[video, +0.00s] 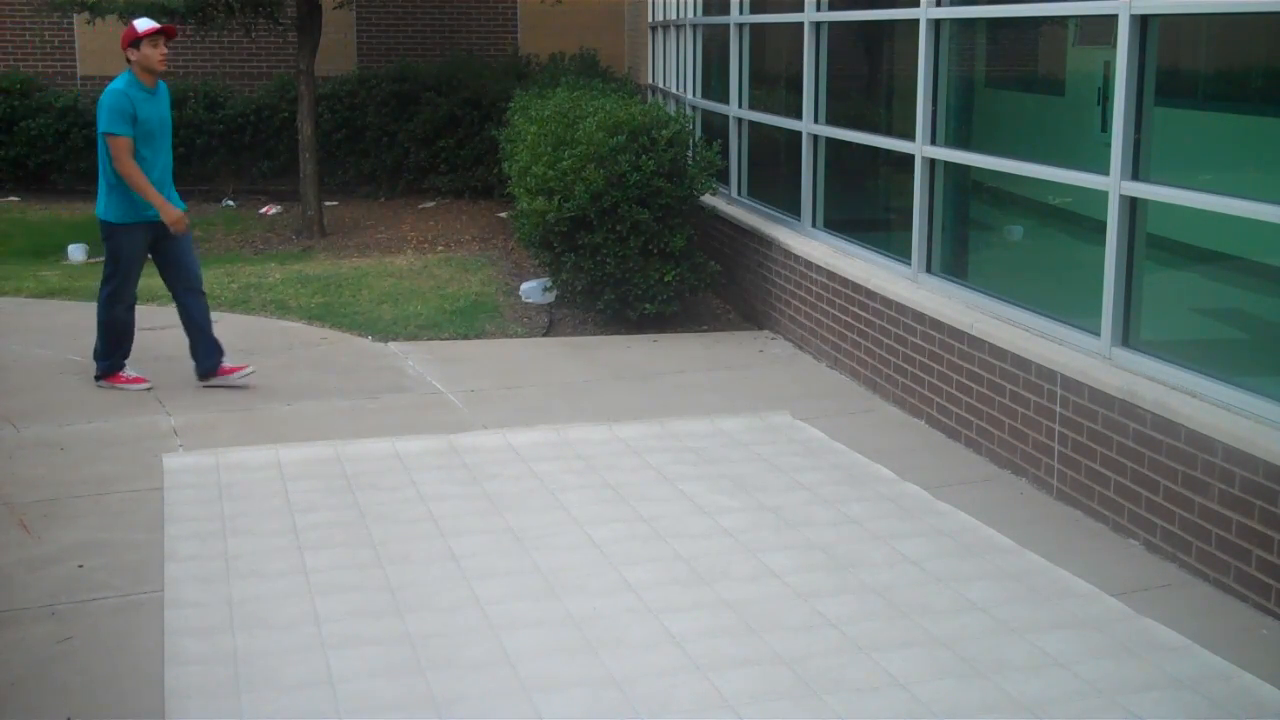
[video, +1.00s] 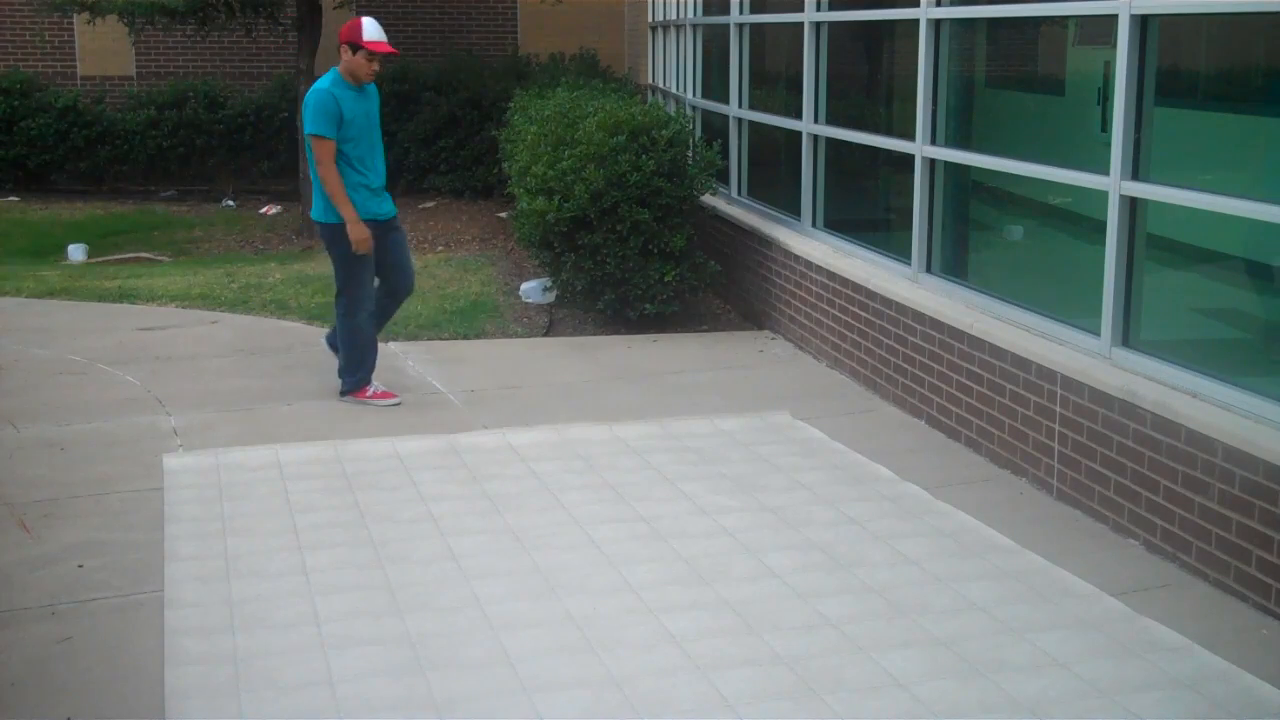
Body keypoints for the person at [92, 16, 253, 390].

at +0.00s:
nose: (164, 50)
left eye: (164, 44)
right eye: (154, 45)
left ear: (165, 49)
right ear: (132, 53)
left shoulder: (160, 89)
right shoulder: (117, 97)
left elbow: (156, 151)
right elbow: (121, 162)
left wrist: (167, 200)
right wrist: (163, 206)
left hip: (165, 209)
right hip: (125, 215)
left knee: (189, 287)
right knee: (119, 294)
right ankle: (109, 368)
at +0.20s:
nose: (210, 50)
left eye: (212, 45)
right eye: (200, 46)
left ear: (214, 54)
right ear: (180, 56)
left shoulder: (210, 97)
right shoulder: (166, 98)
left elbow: (204, 159)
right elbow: (167, 164)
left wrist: (214, 207)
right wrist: (198, 215)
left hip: (211, 214)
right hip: (170, 219)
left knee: (224, 297)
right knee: (160, 295)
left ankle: (238, 373)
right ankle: (120, 357)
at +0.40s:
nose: (247, 42)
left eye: (248, 37)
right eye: (236, 38)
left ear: (253, 48)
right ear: (218, 50)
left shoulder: (257, 91)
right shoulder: (203, 91)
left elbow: (269, 151)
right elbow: (196, 158)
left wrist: (292, 200)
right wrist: (213, 214)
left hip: (255, 208)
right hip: (221, 210)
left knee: (251, 290)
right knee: (245, 285)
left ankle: (239, 372)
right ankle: (193, 344)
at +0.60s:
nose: (284, 43)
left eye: (285, 39)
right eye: (273, 40)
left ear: (290, 50)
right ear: (255, 55)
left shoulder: (298, 91)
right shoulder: (241, 96)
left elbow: (320, 147)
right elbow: (227, 162)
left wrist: (358, 179)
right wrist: (237, 220)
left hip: (289, 208)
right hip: (259, 208)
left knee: (260, 293)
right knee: (293, 286)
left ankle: (240, 372)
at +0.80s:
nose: (328, 52)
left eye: (329, 46)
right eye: (317, 47)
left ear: (332, 53)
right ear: (298, 58)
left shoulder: (337, 93)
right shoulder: (284, 102)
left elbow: (354, 150)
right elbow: (274, 170)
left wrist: (391, 190)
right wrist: (282, 230)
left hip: (334, 212)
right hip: (306, 215)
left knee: (313, 291)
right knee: (339, 292)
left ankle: (260, 355)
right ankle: (355, 382)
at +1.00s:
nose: (376, 66)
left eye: (380, 59)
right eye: (370, 58)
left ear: (378, 57)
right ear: (345, 53)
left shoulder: (369, 90)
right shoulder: (322, 96)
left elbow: (366, 150)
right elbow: (325, 168)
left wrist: (379, 203)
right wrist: (352, 220)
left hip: (378, 209)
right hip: (342, 215)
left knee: (400, 282)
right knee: (355, 298)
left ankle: (345, 338)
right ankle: (355, 383)